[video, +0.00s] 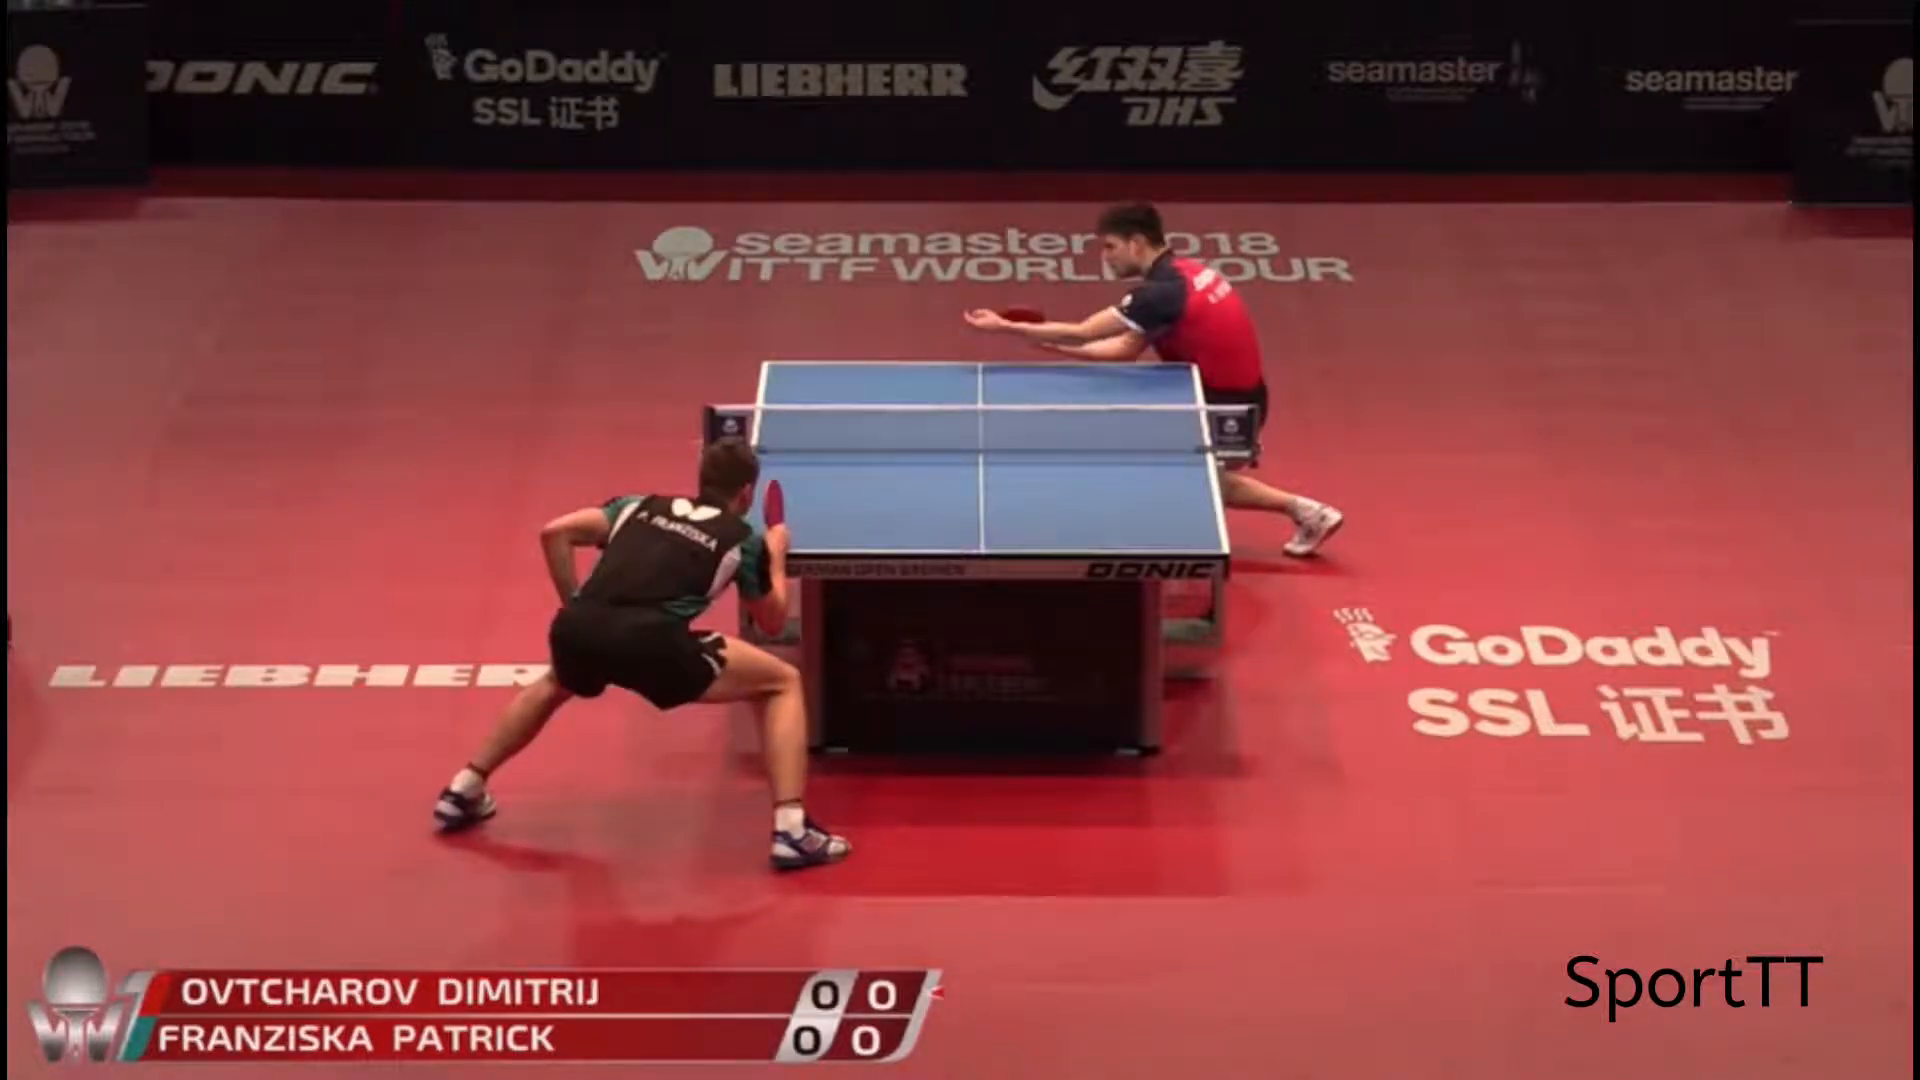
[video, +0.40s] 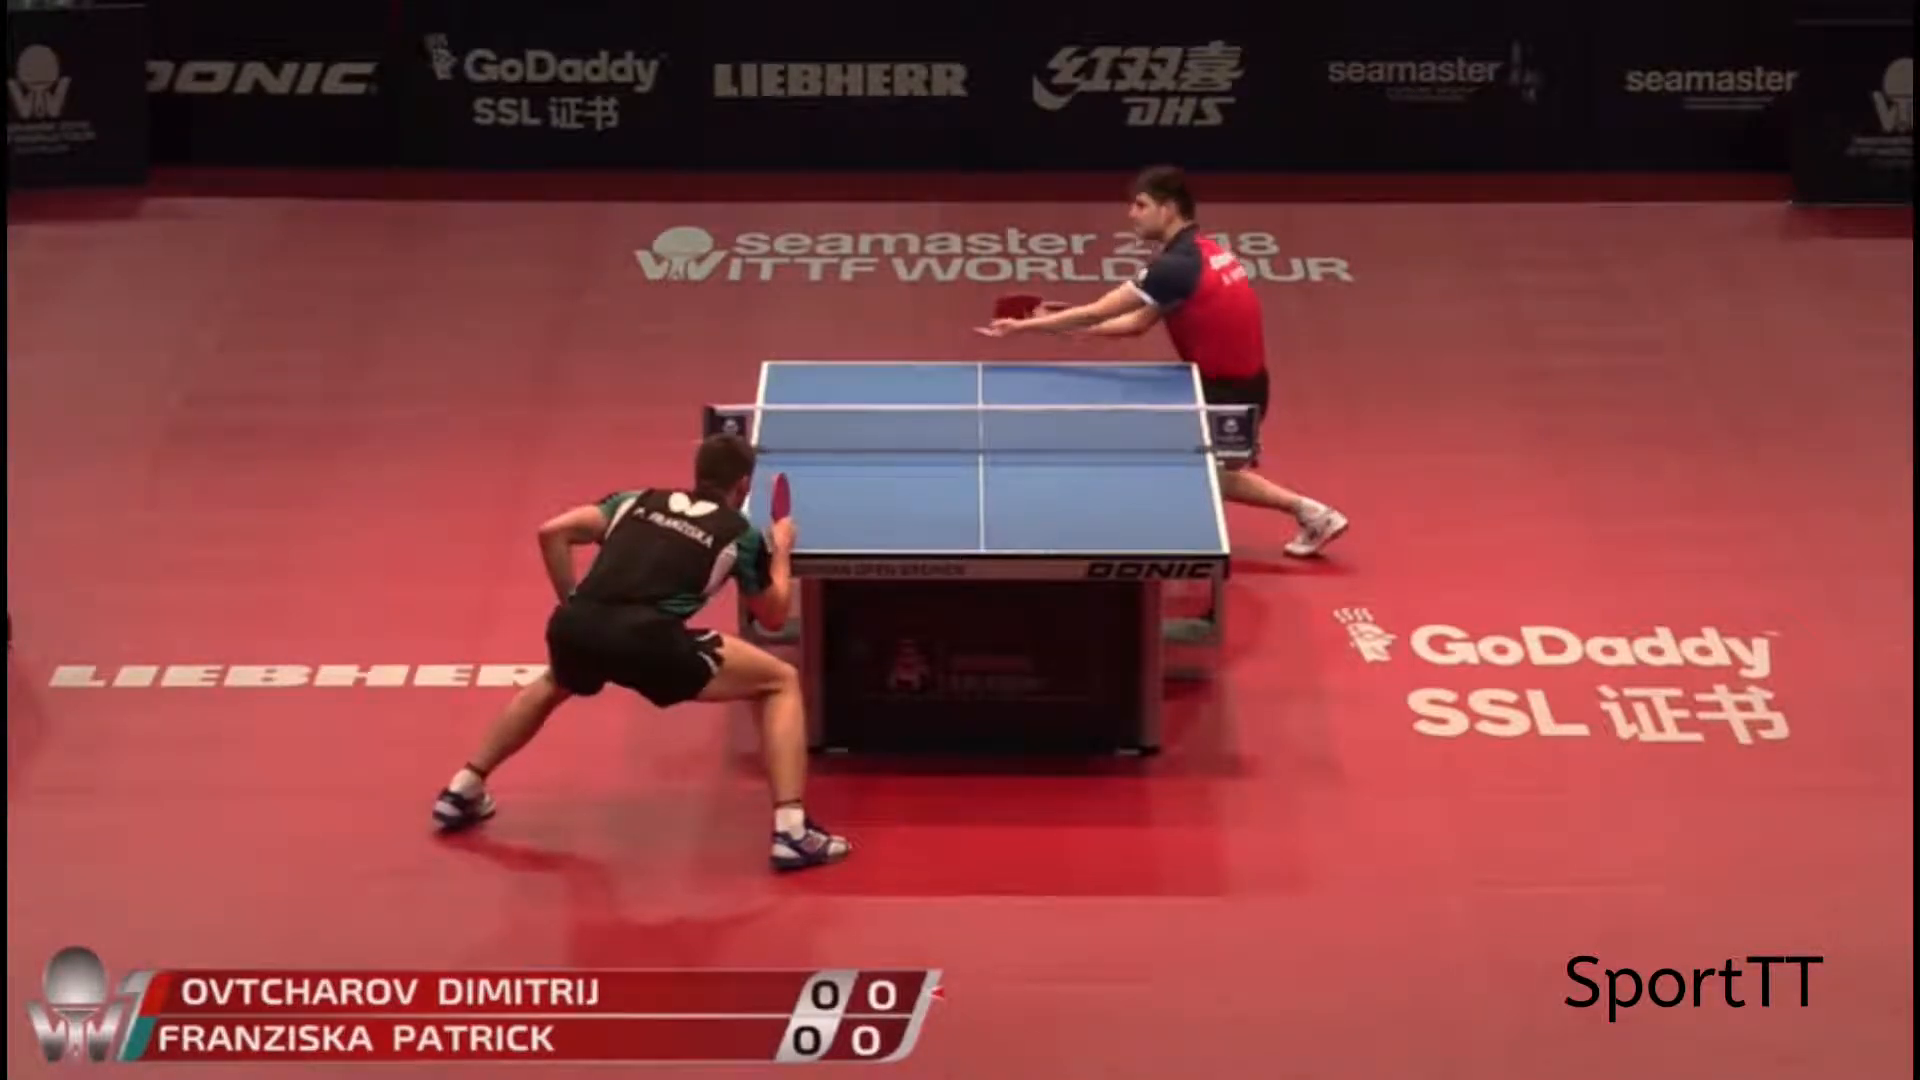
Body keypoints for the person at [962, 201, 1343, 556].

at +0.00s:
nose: (1106, 257)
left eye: (1110, 247)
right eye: (1104, 248)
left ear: (1139, 243)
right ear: (1144, 243)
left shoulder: (1165, 287)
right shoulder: (1181, 272)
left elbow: (1080, 331)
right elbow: (1125, 348)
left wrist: (1006, 325)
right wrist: (1058, 348)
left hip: (1230, 400)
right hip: (1231, 391)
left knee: (1208, 480)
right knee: (1205, 474)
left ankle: (1306, 511)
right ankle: (1304, 511)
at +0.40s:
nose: (1132, 216)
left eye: (1138, 207)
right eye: (1133, 207)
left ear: (1167, 208)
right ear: (1174, 210)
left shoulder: (1178, 262)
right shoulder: (1207, 249)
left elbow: (1098, 312)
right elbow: (1136, 323)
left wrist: (1023, 326)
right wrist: (1070, 322)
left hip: (1224, 390)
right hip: (1242, 383)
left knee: (1216, 477)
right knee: (1219, 475)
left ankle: (1311, 513)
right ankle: (1310, 515)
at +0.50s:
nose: (1145, 184)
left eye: (1154, 176)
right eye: (1147, 175)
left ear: (1180, 181)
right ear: (1182, 183)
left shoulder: (1188, 234)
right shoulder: (1210, 223)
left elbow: (1112, 276)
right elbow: (1139, 283)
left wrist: (1053, 278)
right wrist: (1070, 273)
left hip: (1223, 369)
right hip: (1238, 364)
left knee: (1230, 467)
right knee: (1232, 466)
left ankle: (1319, 516)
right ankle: (1318, 517)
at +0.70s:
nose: (1159, 139)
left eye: (1171, 131)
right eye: (1162, 131)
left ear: (1200, 142)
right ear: (1195, 143)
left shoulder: (1202, 183)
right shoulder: (1212, 189)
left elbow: (1121, 162)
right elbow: (1127, 205)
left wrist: (1063, 108)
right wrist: (1074, 151)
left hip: (1217, 337)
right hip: (1241, 336)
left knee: (1130, 410)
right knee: (1242, 445)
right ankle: (1325, 520)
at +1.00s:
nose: (1181, 110)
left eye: (1192, 103)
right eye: (1184, 101)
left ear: (1220, 117)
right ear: (1217, 120)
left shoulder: (1216, 161)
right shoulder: (1229, 165)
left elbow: (1136, 155)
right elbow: (1144, 192)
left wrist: (1068, 115)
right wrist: (1088, 137)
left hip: (1225, 315)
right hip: (1253, 315)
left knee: (1145, 406)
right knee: (1250, 430)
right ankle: (1330, 525)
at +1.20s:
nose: (1198, 101)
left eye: (1210, 94)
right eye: (1201, 93)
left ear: (1238, 109)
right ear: (1236, 113)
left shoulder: (1232, 155)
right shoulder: (1258, 162)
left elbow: (1155, 177)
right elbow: (1204, 243)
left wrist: (1085, 146)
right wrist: (1124, 240)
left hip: (1237, 307)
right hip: (1272, 307)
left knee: (1162, 403)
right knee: (1267, 425)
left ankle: (1162, 528)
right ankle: (1334, 530)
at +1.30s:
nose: (1204, 98)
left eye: (1216, 92)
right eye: (1208, 90)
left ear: (1244, 107)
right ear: (1242, 111)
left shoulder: (1237, 154)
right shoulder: (1268, 161)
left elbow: (1168, 183)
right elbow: (1242, 255)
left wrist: (1097, 159)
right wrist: (1168, 283)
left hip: (1241, 305)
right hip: (1279, 304)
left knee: (1172, 406)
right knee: (1274, 420)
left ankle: (1166, 530)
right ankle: (1334, 529)